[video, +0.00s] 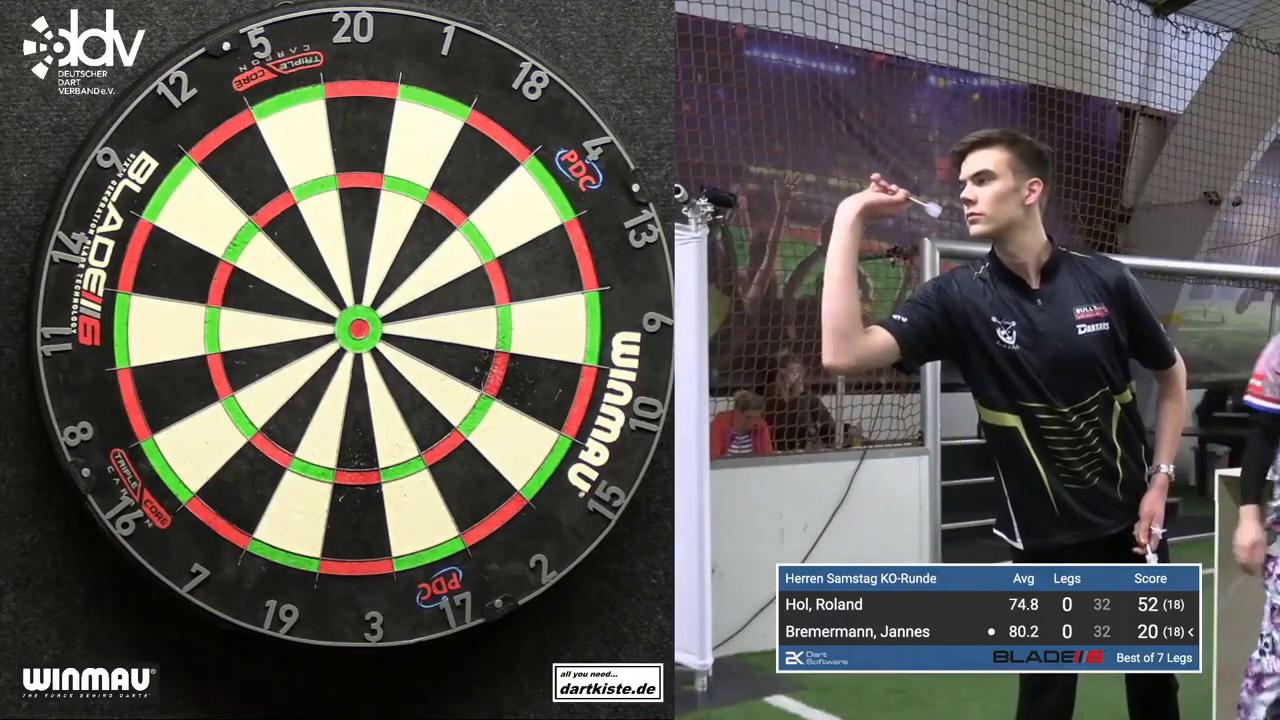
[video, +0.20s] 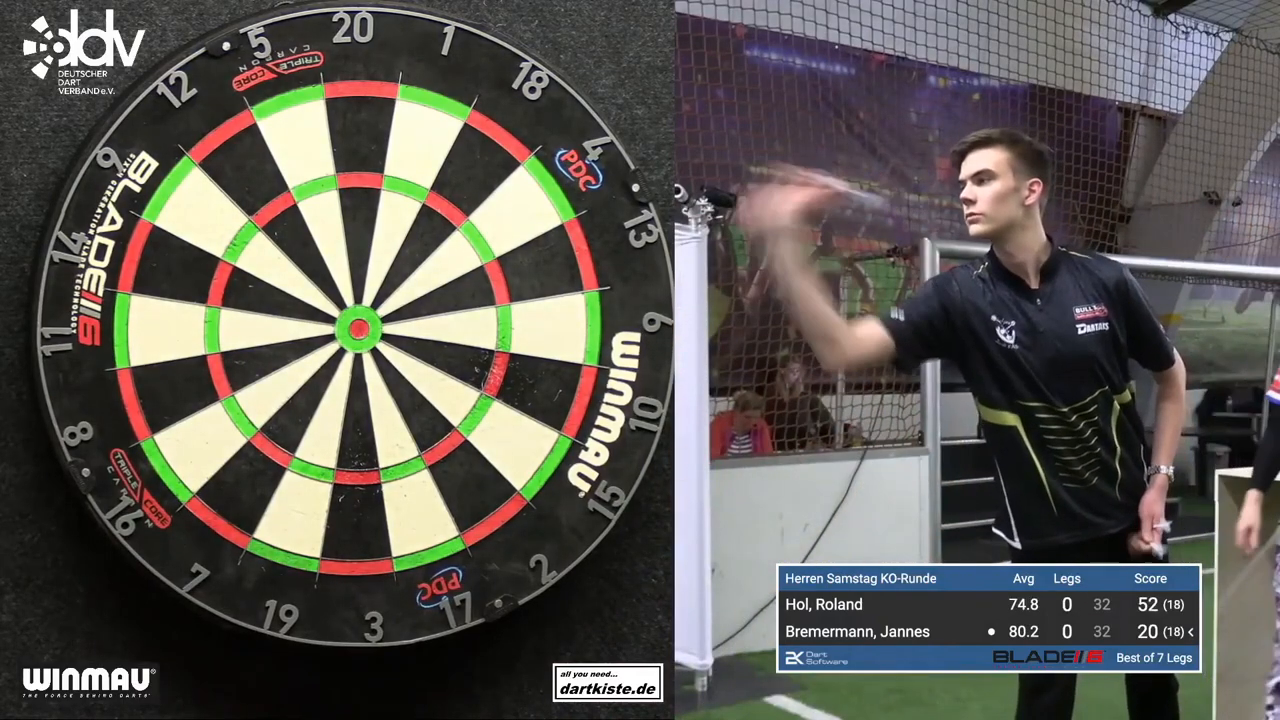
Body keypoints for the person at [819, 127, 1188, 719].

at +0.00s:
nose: (966, 196)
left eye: (983, 180)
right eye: (963, 185)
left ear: (1032, 191)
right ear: (963, 201)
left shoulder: (1104, 280)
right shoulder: (958, 298)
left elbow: (1172, 376)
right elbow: (842, 350)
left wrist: (1160, 481)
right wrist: (847, 216)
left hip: (1130, 526)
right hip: (1039, 542)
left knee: (1154, 685)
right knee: (1046, 699)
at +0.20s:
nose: (965, 196)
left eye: (983, 180)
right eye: (963, 186)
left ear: (1033, 191)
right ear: (964, 202)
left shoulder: (1104, 280)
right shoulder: (958, 298)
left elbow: (1172, 377)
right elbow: (842, 349)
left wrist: (1160, 481)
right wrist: (783, 241)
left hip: (1130, 523)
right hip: (1041, 541)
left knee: (1156, 689)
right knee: (1046, 703)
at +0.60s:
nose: (970, 192)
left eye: (987, 178)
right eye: (967, 183)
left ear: (1037, 188)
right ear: (969, 198)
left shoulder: (1110, 284)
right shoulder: (960, 289)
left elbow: (1173, 382)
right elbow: (842, 329)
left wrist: (1156, 488)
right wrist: (714, 377)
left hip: (1129, 523)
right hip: (1039, 538)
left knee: (1153, 680)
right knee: (1046, 691)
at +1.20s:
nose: (911, 203)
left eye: (930, 187)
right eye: (909, 191)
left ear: (982, 200)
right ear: (907, 204)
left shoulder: (1056, 309)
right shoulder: (898, 323)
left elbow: (1120, 424)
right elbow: (909, 465)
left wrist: (1041, 490)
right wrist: (918, 581)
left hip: (1061, 566)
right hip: (969, 571)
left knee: (1049, 707)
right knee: (1009, 707)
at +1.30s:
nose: (874, 205)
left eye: (897, 189)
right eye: (874, 191)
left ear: (951, 204)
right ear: (873, 205)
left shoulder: (1024, 317)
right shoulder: (864, 330)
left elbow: (1102, 436)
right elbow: (868, 479)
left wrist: (1011, 512)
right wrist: (871, 603)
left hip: (1032, 570)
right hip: (939, 577)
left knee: (984, 706)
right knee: (1004, 705)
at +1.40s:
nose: (844, 202)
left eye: (868, 187)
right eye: (844, 188)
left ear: (925, 204)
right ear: (843, 201)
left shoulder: (996, 324)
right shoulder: (831, 330)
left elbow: (1081, 451)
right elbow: (829, 481)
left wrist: (983, 526)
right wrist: (832, 619)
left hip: (1003, 580)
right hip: (911, 586)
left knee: (947, 708)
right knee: (992, 708)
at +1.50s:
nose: (786, 180)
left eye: (813, 166)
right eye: (788, 164)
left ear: (875, 187)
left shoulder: (938, 321)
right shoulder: (774, 316)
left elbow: (1026, 465)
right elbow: (771, 467)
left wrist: (902, 539)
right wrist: (768, 615)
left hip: (928, 590)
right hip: (832, 589)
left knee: (889, 707)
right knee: (885, 706)